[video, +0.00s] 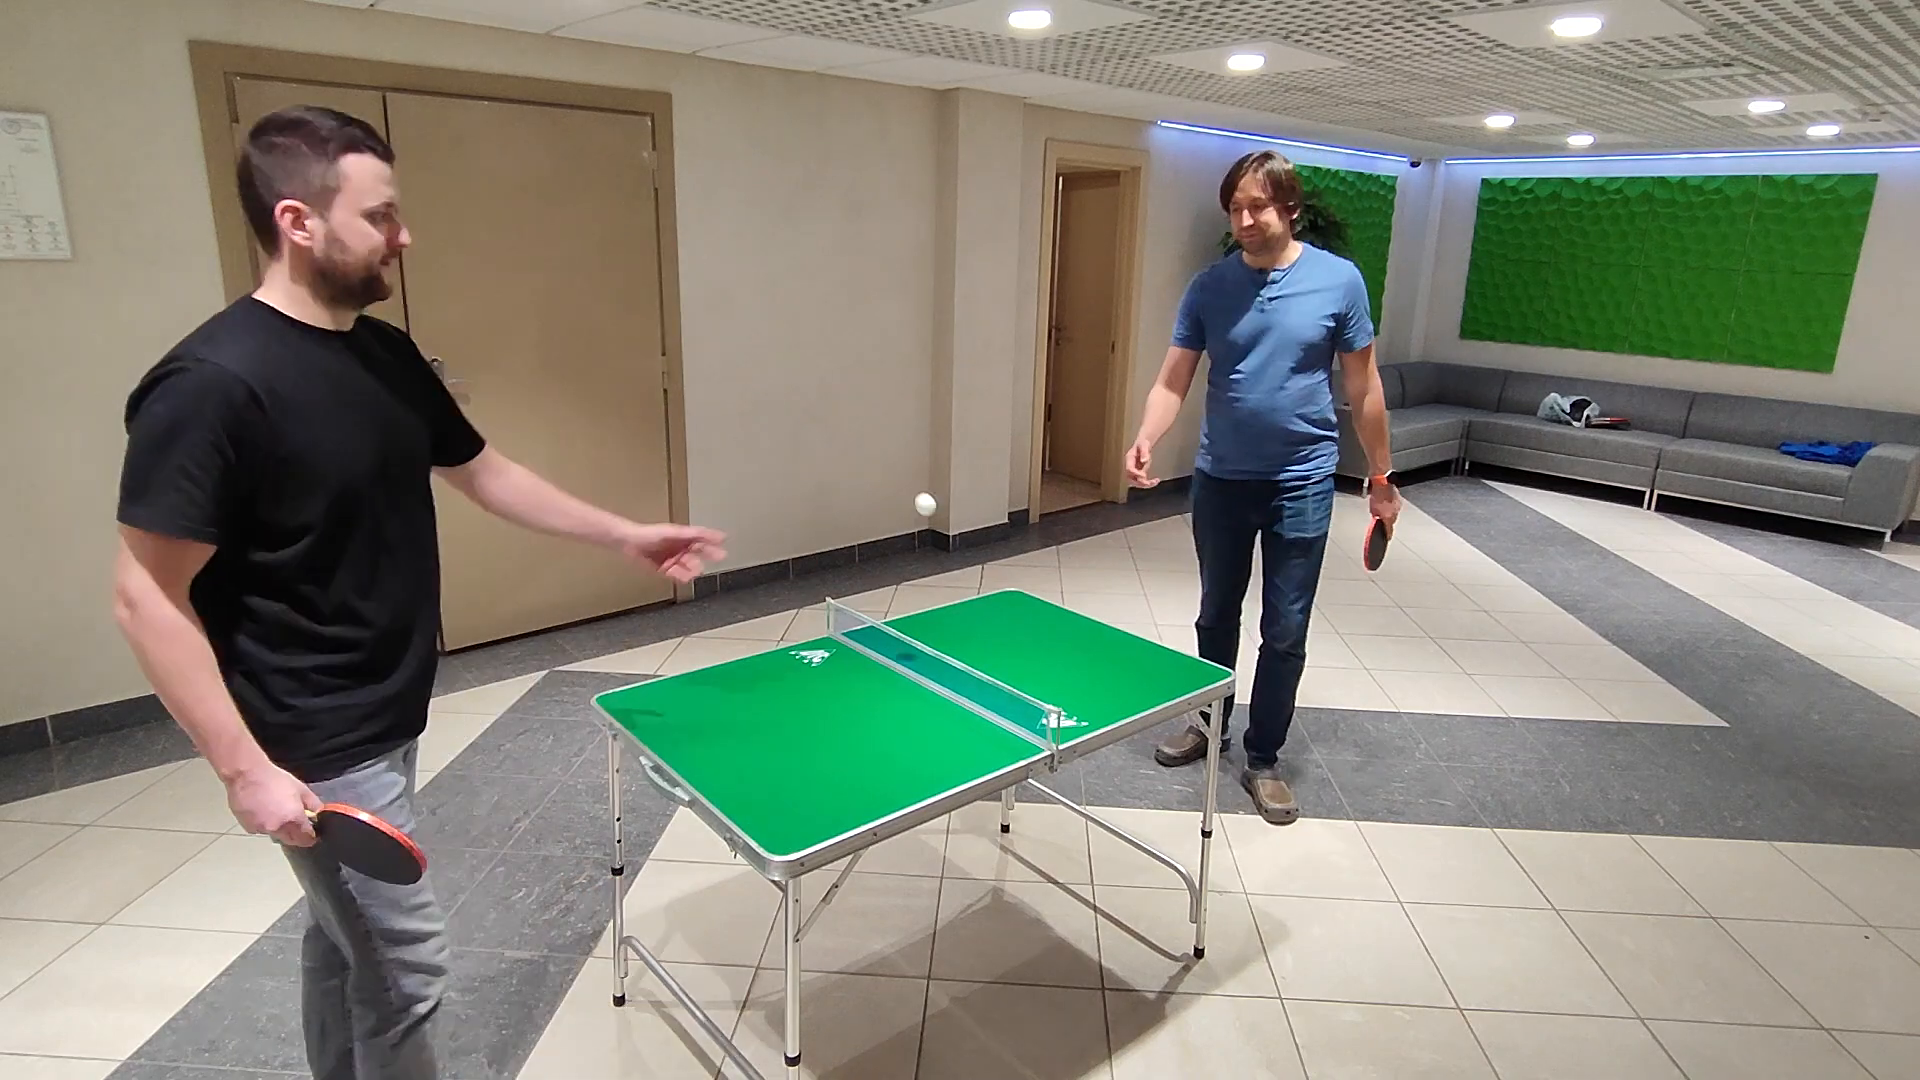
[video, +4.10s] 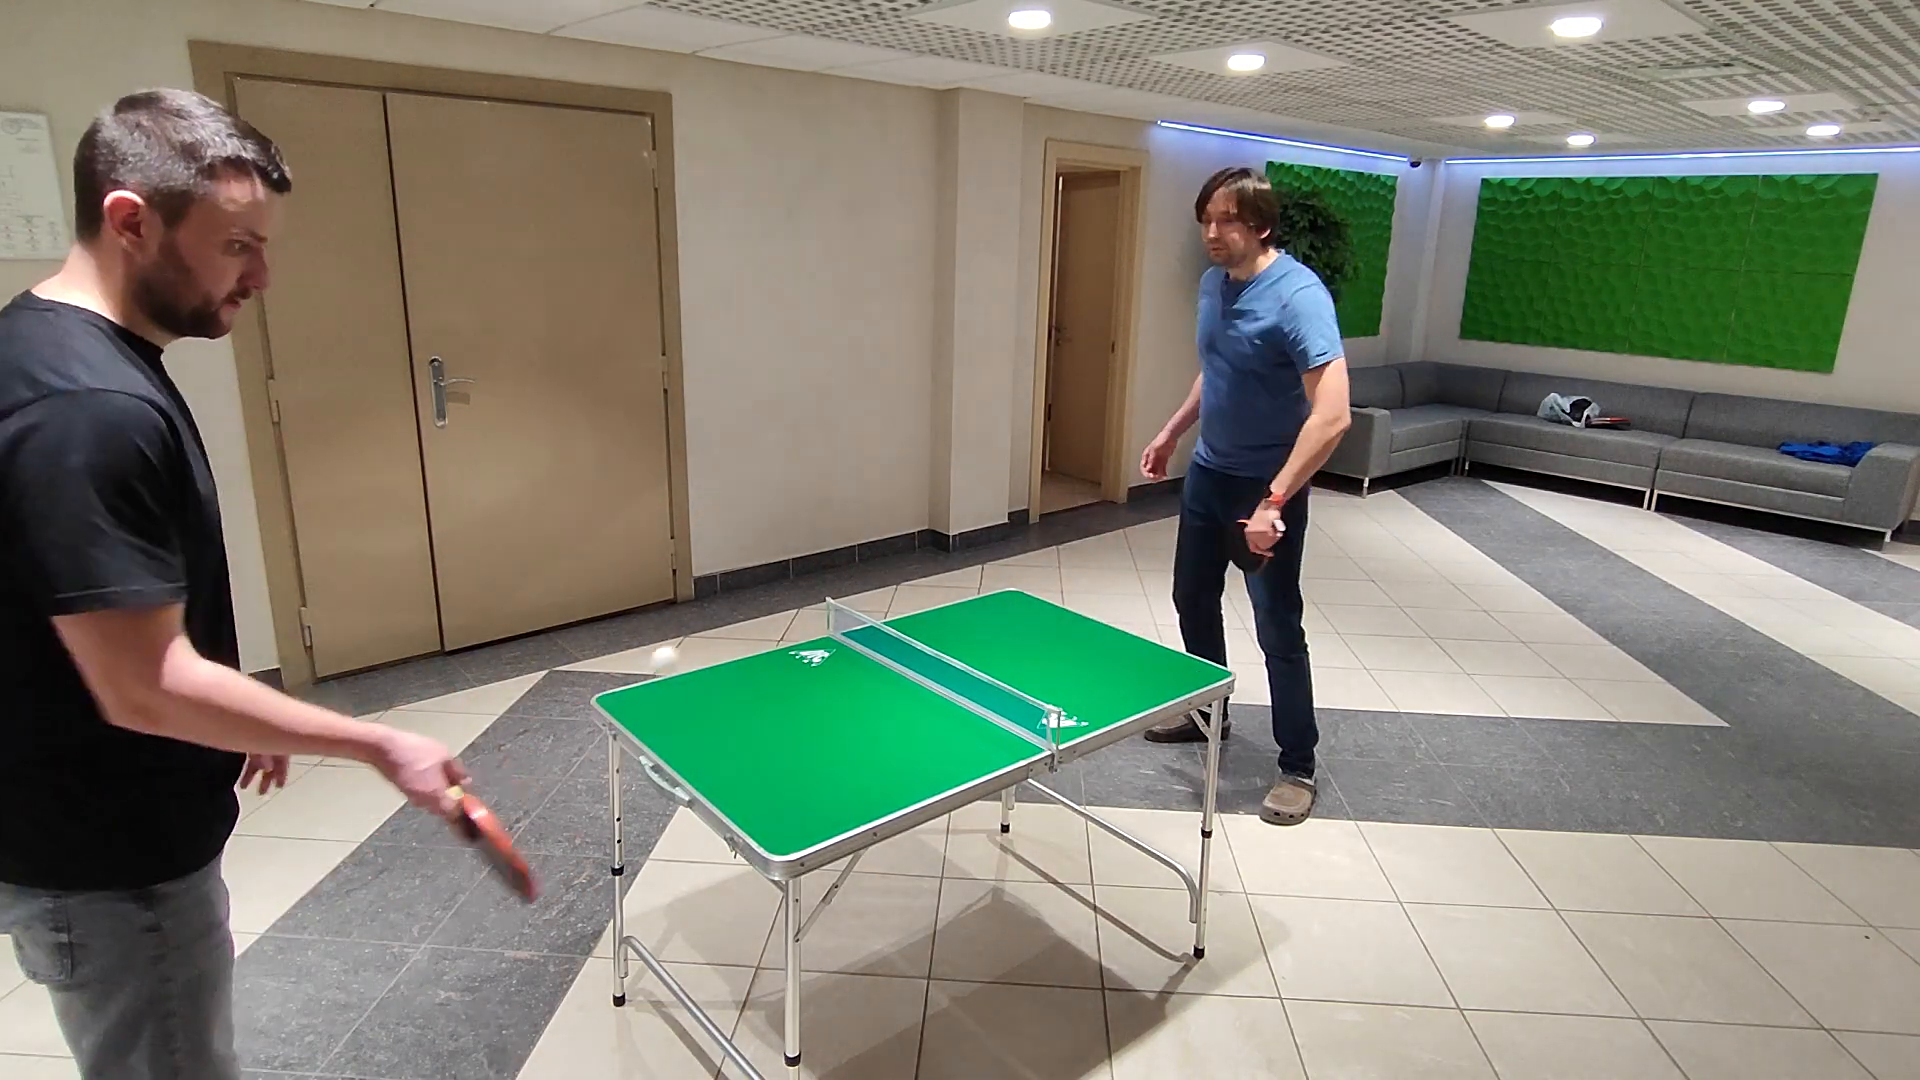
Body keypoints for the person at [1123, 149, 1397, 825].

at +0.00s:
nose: (1244, 220)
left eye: (1257, 208)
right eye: (1236, 209)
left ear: (1289, 210)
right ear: (1229, 215)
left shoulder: (1340, 280)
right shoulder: (1212, 284)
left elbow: (1364, 390)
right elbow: (1174, 378)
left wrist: (1381, 480)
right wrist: (1144, 438)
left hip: (1302, 477)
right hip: (1221, 475)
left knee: (1286, 629)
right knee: (1216, 615)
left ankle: (1264, 762)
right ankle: (1209, 723)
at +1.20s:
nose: (1209, 226)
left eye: (1223, 212)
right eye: (1196, 211)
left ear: (1246, 212)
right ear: (1179, 209)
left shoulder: (1278, 276)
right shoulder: (1151, 289)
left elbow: (1311, 369)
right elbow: (1127, 399)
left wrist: (1319, 415)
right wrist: (1171, 450)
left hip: (1250, 485)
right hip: (1168, 487)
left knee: (1263, 635)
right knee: (1158, 633)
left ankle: (1262, 764)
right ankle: (1152, 761)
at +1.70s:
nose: (1250, 219)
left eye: (1258, 205)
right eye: (1238, 206)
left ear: (1264, 207)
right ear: (1199, 206)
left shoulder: (1277, 289)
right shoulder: (1147, 282)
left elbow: (1286, 396)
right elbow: (1110, 383)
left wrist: (1304, 452)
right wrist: (1147, 420)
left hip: (1235, 487)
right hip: (1154, 486)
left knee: (1253, 642)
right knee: (1148, 634)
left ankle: (1253, 766)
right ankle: (1149, 763)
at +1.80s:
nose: (1245, 220)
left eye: (1254, 206)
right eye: (1232, 207)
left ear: (1264, 207)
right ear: (1201, 208)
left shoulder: (1285, 291)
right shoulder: (1153, 279)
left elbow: (1275, 407)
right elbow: (1115, 377)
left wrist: (1235, 485)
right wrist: (1140, 424)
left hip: (1240, 485)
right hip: (1157, 483)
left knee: (1256, 640)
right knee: (1149, 628)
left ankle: (1253, 766)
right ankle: (1150, 761)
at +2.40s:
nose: (1252, 225)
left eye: (1267, 213)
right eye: (1247, 212)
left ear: (1304, 217)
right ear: (1243, 216)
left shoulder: (1346, 293)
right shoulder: (1233, 280)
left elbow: (1362, 415)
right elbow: (1214, 379)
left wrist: (1274, 483)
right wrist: (1176, 424)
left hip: (1303, 495)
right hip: (1226, 483)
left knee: (1305, 648)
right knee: (1187, 628)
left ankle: (1298, 775)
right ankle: (1153, 755)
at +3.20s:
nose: (1188, 260)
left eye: (1196, 247)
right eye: (1185, 248)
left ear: (1235, 241)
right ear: (1214, 244)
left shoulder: (1281, 308)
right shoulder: (1220, 289)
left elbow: (1272, 430)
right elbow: (1216, 369)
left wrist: (1187, 484)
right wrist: (1154, 415)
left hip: (1281, 484)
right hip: (1225, 477)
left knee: (1282, 626)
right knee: (1207, 597)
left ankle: (1298, 770)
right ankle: (1209, 710)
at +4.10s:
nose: (1213, 232)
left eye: (1227, 222)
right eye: (1208, 221)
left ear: (1261, 229)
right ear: (1204, 226)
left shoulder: (1300, 295)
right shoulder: (1215, 283)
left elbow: (1333, 415)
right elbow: (1217, 371)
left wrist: (1273, 502)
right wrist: (1171, 432)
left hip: (1269, 492)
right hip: (1209, 477)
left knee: (1278, 636)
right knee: (1192, 601)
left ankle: (1297, 772)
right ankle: (1206, 711)